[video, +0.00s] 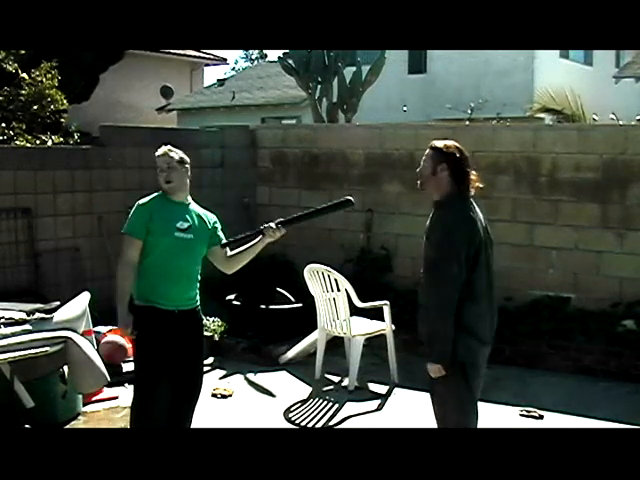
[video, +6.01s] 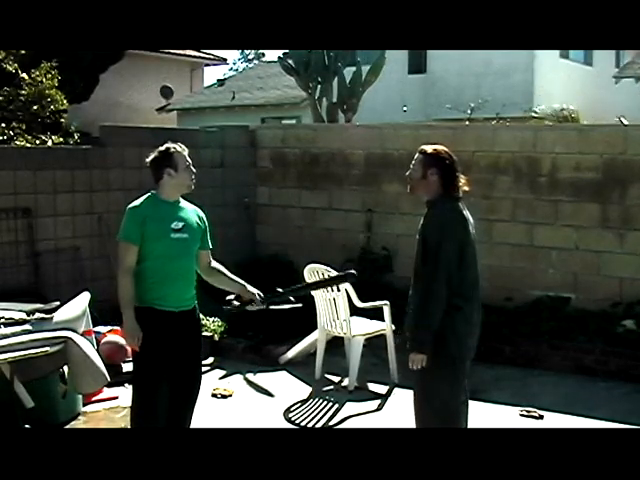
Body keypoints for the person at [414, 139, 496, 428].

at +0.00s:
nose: (418, 174)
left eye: (424, 167)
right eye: (420, 167)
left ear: (443, 171)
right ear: (443, 172)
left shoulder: (451, 217)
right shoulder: (463, 210)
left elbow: (443, 289)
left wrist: (436, 354)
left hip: (456, 346)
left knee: (455, 419)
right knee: (457, 417)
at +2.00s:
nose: (408, 176)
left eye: (413, 170)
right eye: (409, 169)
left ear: (433, 175)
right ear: (433, 175)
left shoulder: (445, 215)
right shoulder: (443, 211)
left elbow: (438, 281)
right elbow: (431, 275)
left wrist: (409, 325)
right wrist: (410, 306)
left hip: (449, 328)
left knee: (441, 410)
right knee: (443, 408)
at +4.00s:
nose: (413, 169)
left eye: (421, 166)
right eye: (418, 164)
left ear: (439, 177)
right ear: (438, 177)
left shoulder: (451, 209)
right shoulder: (437, 207)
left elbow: (432, 248)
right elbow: (414, 240)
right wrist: (406, 261)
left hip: (449, 328)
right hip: (436, 323)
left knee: (437, 404)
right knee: (436, 401)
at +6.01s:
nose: (408, 177)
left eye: (414, 171)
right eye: (410, 171)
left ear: (432, 177)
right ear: (433, 178)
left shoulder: (441, 218)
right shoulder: (452, 213)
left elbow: (433, 285)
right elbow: (438, 282)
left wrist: (420, 343)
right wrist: (422, 335)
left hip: (443, 339)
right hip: (452, 334)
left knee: (435, 413)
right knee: (446, 410)